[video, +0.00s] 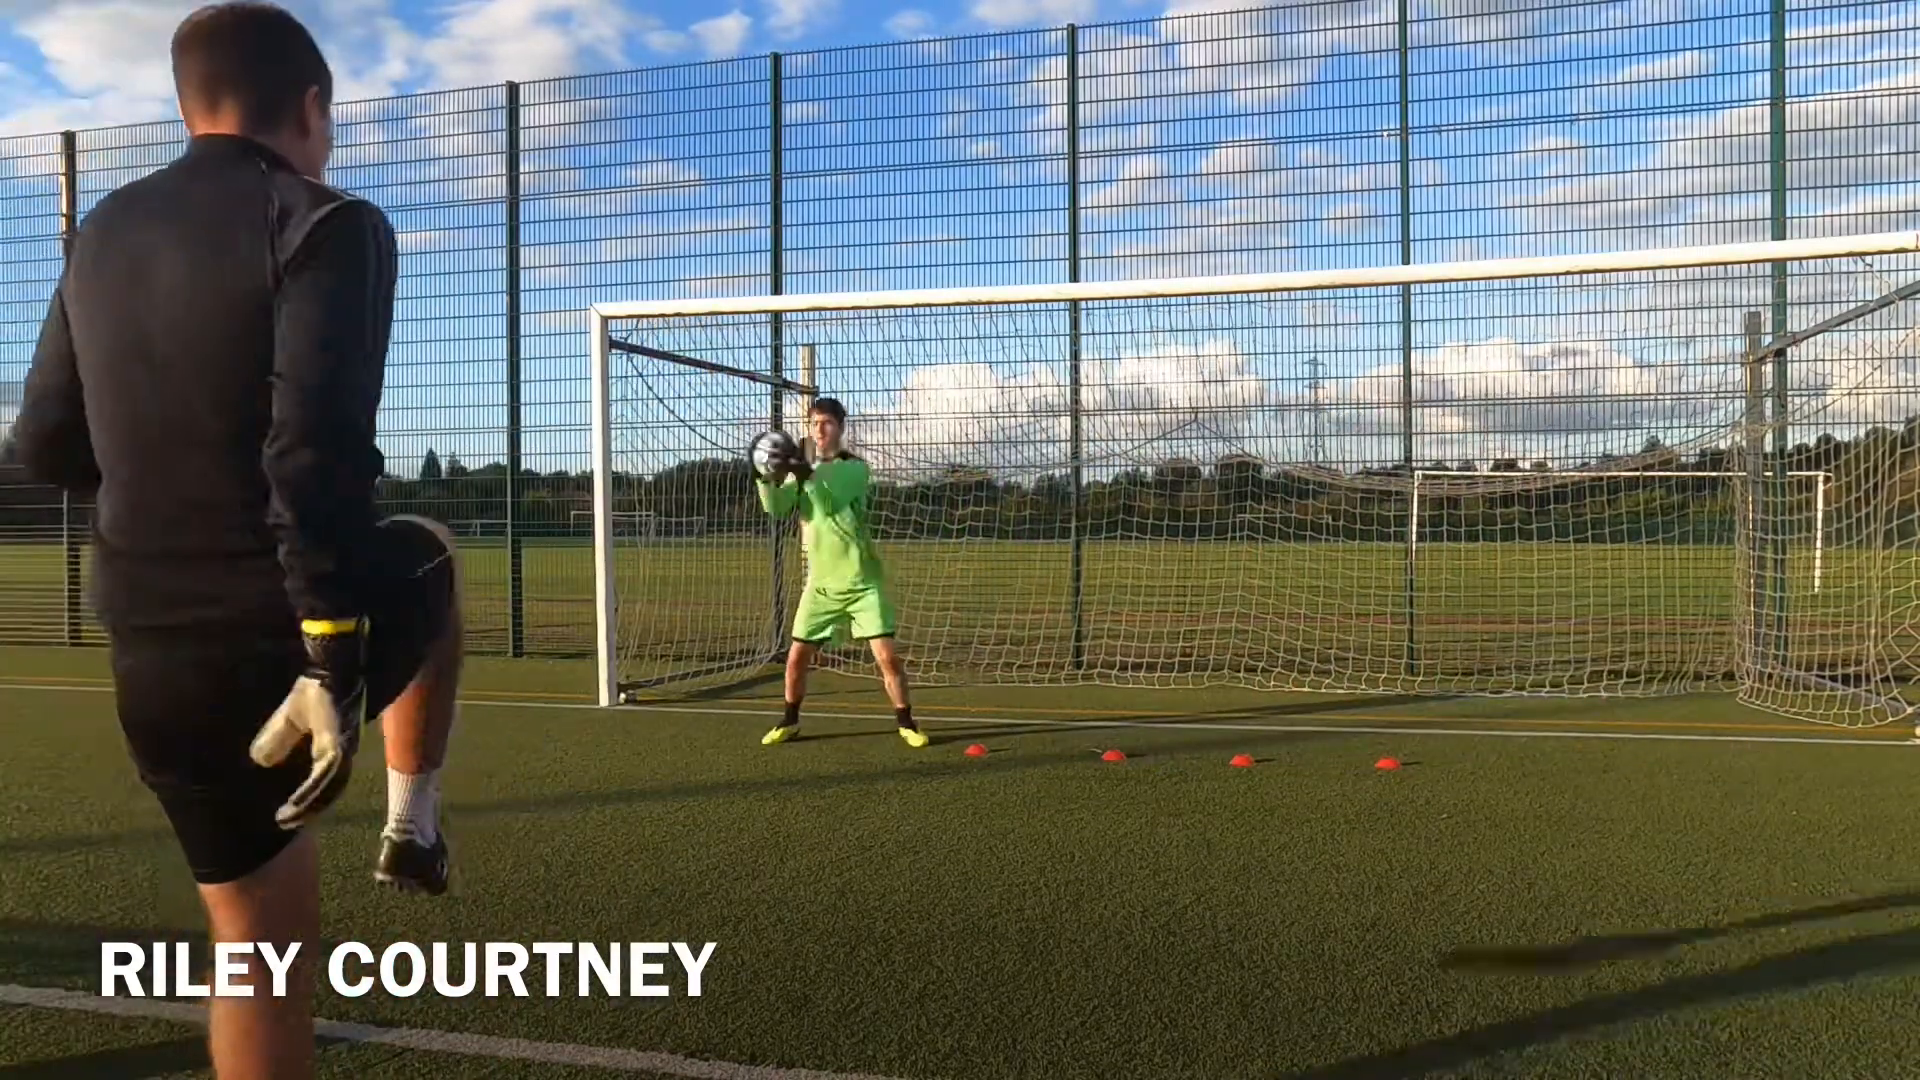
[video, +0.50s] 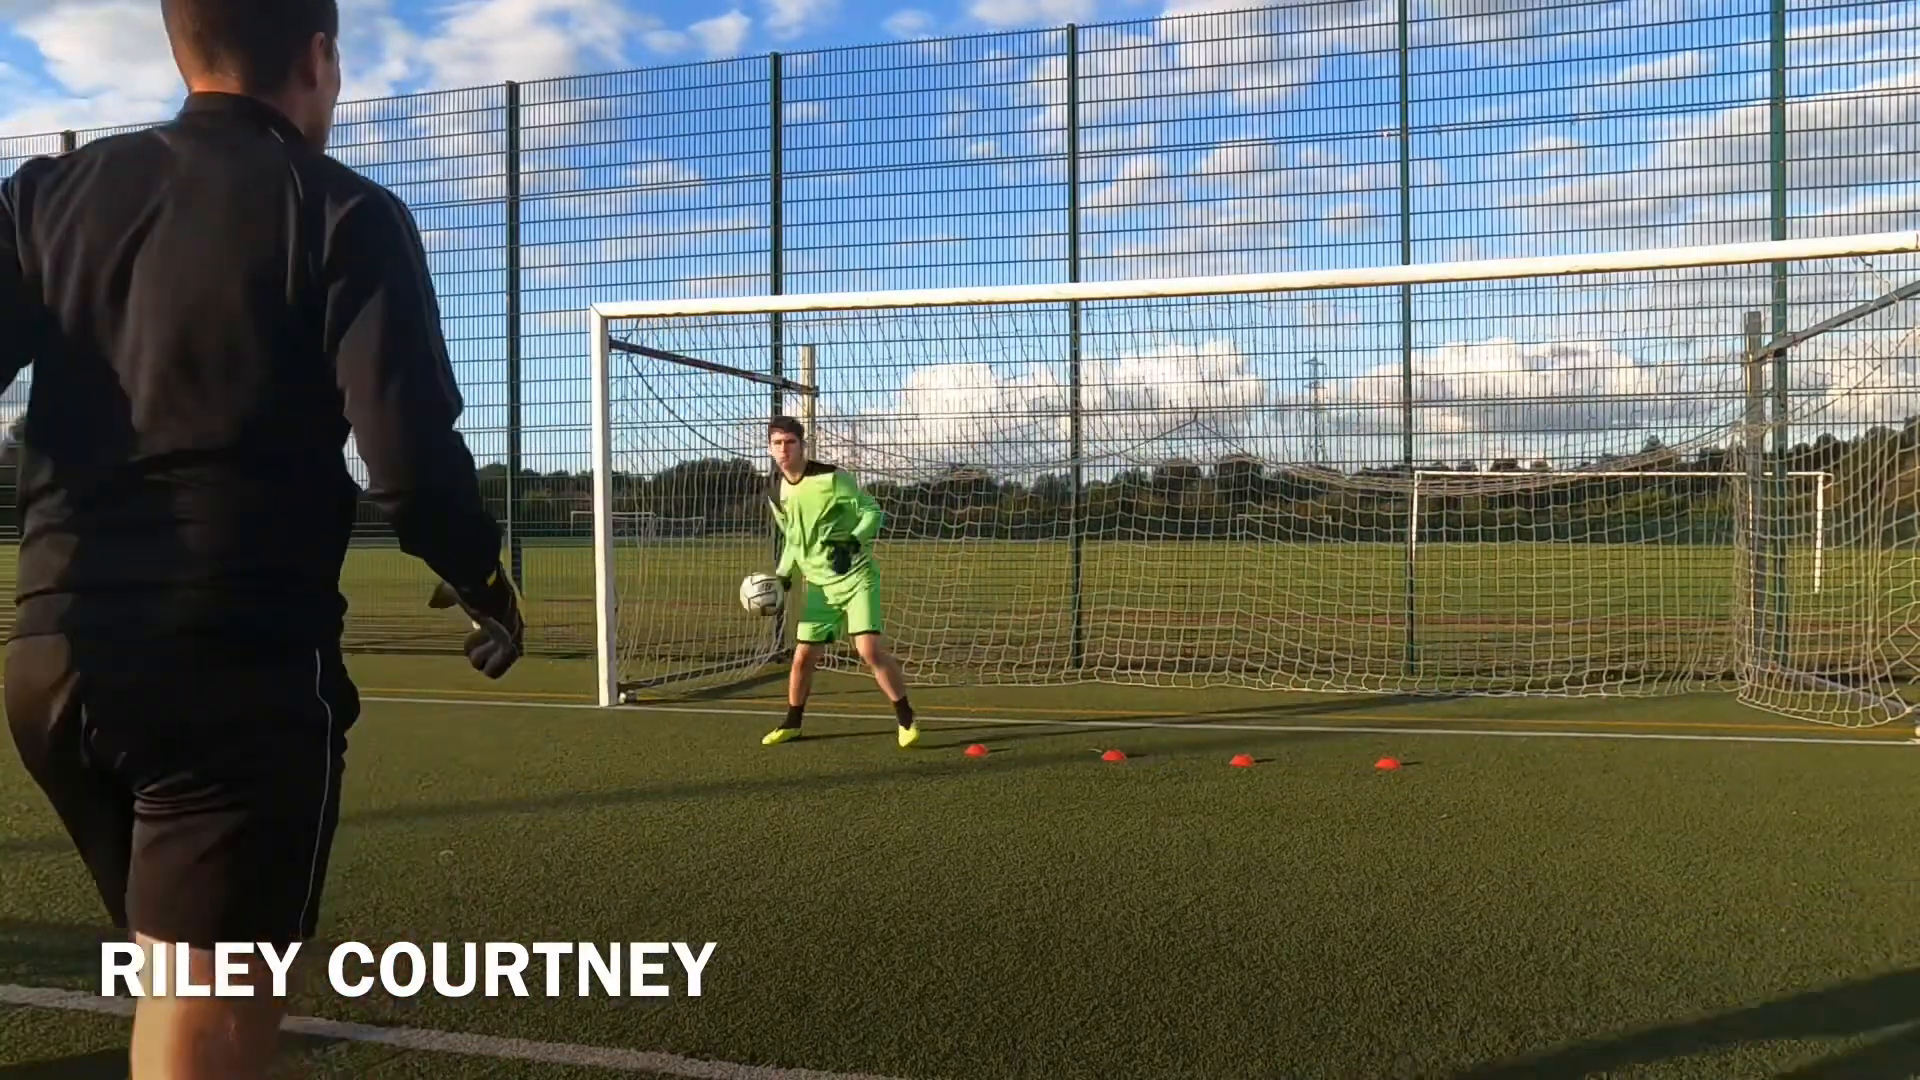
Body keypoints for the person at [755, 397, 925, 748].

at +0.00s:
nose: (820, 430)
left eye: (827, 423)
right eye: (815, 424)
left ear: (842, 428)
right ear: (809, 430)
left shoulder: (858, 470)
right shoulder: (801, 474)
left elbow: (832, 501)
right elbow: (776, 508)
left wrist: (803, 474)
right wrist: (766, 474)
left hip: (863, 581)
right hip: (820, 584)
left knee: (886, 654)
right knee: (796, 655)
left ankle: (906, 722)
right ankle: (790, 720)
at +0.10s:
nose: (791, 437)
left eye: (797, 430)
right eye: (787, 432)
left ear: (815, 429)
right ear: (787, 436)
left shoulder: (836, 466)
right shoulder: (795, 477)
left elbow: (820, 512)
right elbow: (774, 523)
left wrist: (784, 489)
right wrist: (755, 497)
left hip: (851, 579)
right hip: (813, 582)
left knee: (876, 658)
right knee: (791, 652)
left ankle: (911, 722)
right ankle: (791, 721)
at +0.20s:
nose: (770, 449)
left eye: (774, 441)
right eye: (766, 444)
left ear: (791, 438)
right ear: (767, 447)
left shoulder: (813, 472)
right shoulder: (792, 481)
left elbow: (807, 522)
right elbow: (788, 538)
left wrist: (767, 515)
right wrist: (753, 537)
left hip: (846, 575)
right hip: (814, 578)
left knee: (869, 659)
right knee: (791, 651)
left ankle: (910, 719)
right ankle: (791, 721)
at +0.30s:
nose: (757, 457)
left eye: (762, 449)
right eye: (752, 452)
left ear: (779, 449)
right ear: (750, 456)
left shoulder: (803, 482)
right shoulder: (781, 491)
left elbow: (815, 535)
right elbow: (798, 544)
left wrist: (776, 544)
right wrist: (772, 561)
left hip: (846, 578)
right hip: (814, 585)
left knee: (869, 658)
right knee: (791, 651)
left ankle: (911, 718)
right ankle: (791, 721)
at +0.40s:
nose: (761, 457)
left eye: (767, 450)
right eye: (755, 452)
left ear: (782, 452)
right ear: (751, 457)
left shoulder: (814, 484)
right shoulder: (774, 496)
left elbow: (845, 525)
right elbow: (794, 538)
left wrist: (809, 550)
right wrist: (785, 567)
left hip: (848, 579)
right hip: (814, 585)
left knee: (868, 656)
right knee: (796, 654)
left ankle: (912, 713)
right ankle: (792, 722)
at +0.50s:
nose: (783, 450)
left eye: (790, 442)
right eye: (777, 444)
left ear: (803, 445)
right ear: (770, 450)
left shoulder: (834, 480)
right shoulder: (779, 492)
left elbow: (873, 511)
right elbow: (792, 541)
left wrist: (853, 541)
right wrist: (780, 581)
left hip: (857, 579)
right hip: (819, 587)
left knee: (869, 650)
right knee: (802, 656)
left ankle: (906, 719)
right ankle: (792, 723)